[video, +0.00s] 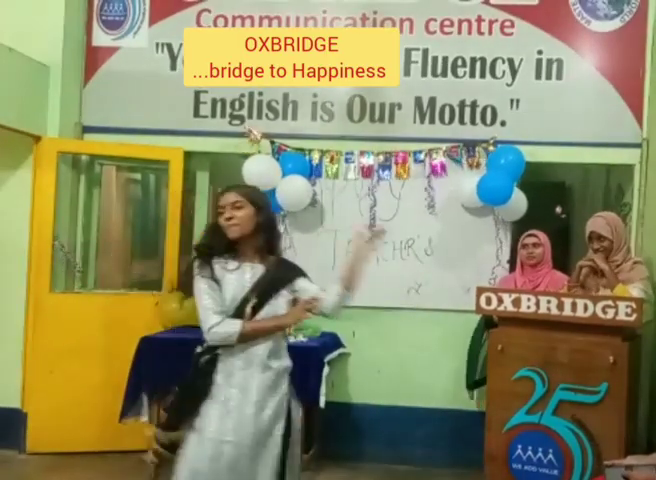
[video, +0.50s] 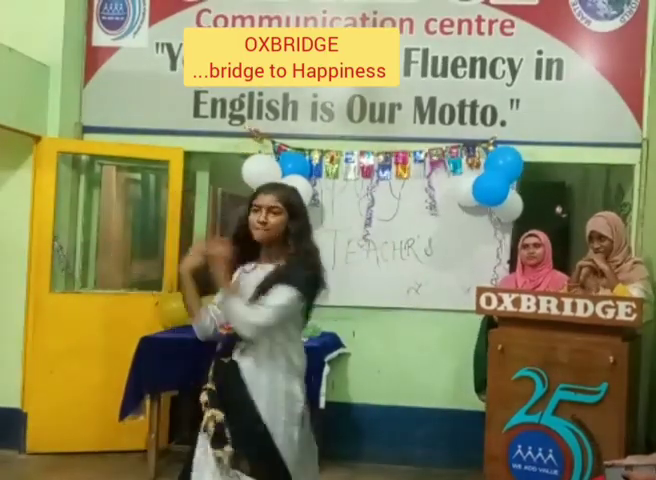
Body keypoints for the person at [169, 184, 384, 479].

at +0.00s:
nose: (228, 215)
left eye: (237, 207)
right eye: (221, 211)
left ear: (259, 213)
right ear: (217, 221)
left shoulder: (283, 270)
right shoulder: (208, 266)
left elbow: (330, 306)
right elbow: (214, 331)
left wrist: (357, 256)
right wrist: (284, 321)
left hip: (268, 384)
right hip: (224, 383)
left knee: (263, 466)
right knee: (207, 463)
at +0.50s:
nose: (262, 218)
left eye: (273, 212)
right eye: (257, 210)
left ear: (292, 222)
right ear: (248, 216)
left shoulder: (300, 273)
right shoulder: (244, 272)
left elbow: (255, 324)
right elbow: (206, 327)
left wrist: (223, 278)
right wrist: (186, 275)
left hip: (272, 390)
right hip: (233, 385)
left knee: (271, 467)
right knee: (220, 466)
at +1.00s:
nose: (197, 214)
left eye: (210, 213)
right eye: (197, 205)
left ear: (230, 226)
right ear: (192, 206)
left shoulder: (221, 266)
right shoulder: (202, 262)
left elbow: (171, 317)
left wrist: (131, 283)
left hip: (220, 385)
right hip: (197, 381)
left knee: (227, 469)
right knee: (180, 465)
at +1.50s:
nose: (255, 227)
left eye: (264, 218)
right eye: (247, 219)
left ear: (280, 223)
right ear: (236, 224)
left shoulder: (291, 279)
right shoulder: (221, 270)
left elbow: (341, 309)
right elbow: (230, 329)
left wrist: (378, 271)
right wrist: (299, 327)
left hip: (278, 386)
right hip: (233, 385)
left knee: (273, 462)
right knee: (218, 462)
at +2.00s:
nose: (231, 228)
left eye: (239, 220)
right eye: (232, 220)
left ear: (264, 227)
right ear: (265, 229)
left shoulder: (252, 281)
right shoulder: (279, 277)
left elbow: (185, 285)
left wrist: (181, 233)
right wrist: (183, 231)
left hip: (238, 384)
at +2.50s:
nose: (190, 214)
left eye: (201, 205)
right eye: (186, 206)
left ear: (225, 214)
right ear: (180, 212)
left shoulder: (240, 260)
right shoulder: (174, 253)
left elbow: (271, 217)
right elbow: (118, 212)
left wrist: (234, 174)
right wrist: (172, 174)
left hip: (228, 385)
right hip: (175, 382)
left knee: (217, 472)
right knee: (168, 469)